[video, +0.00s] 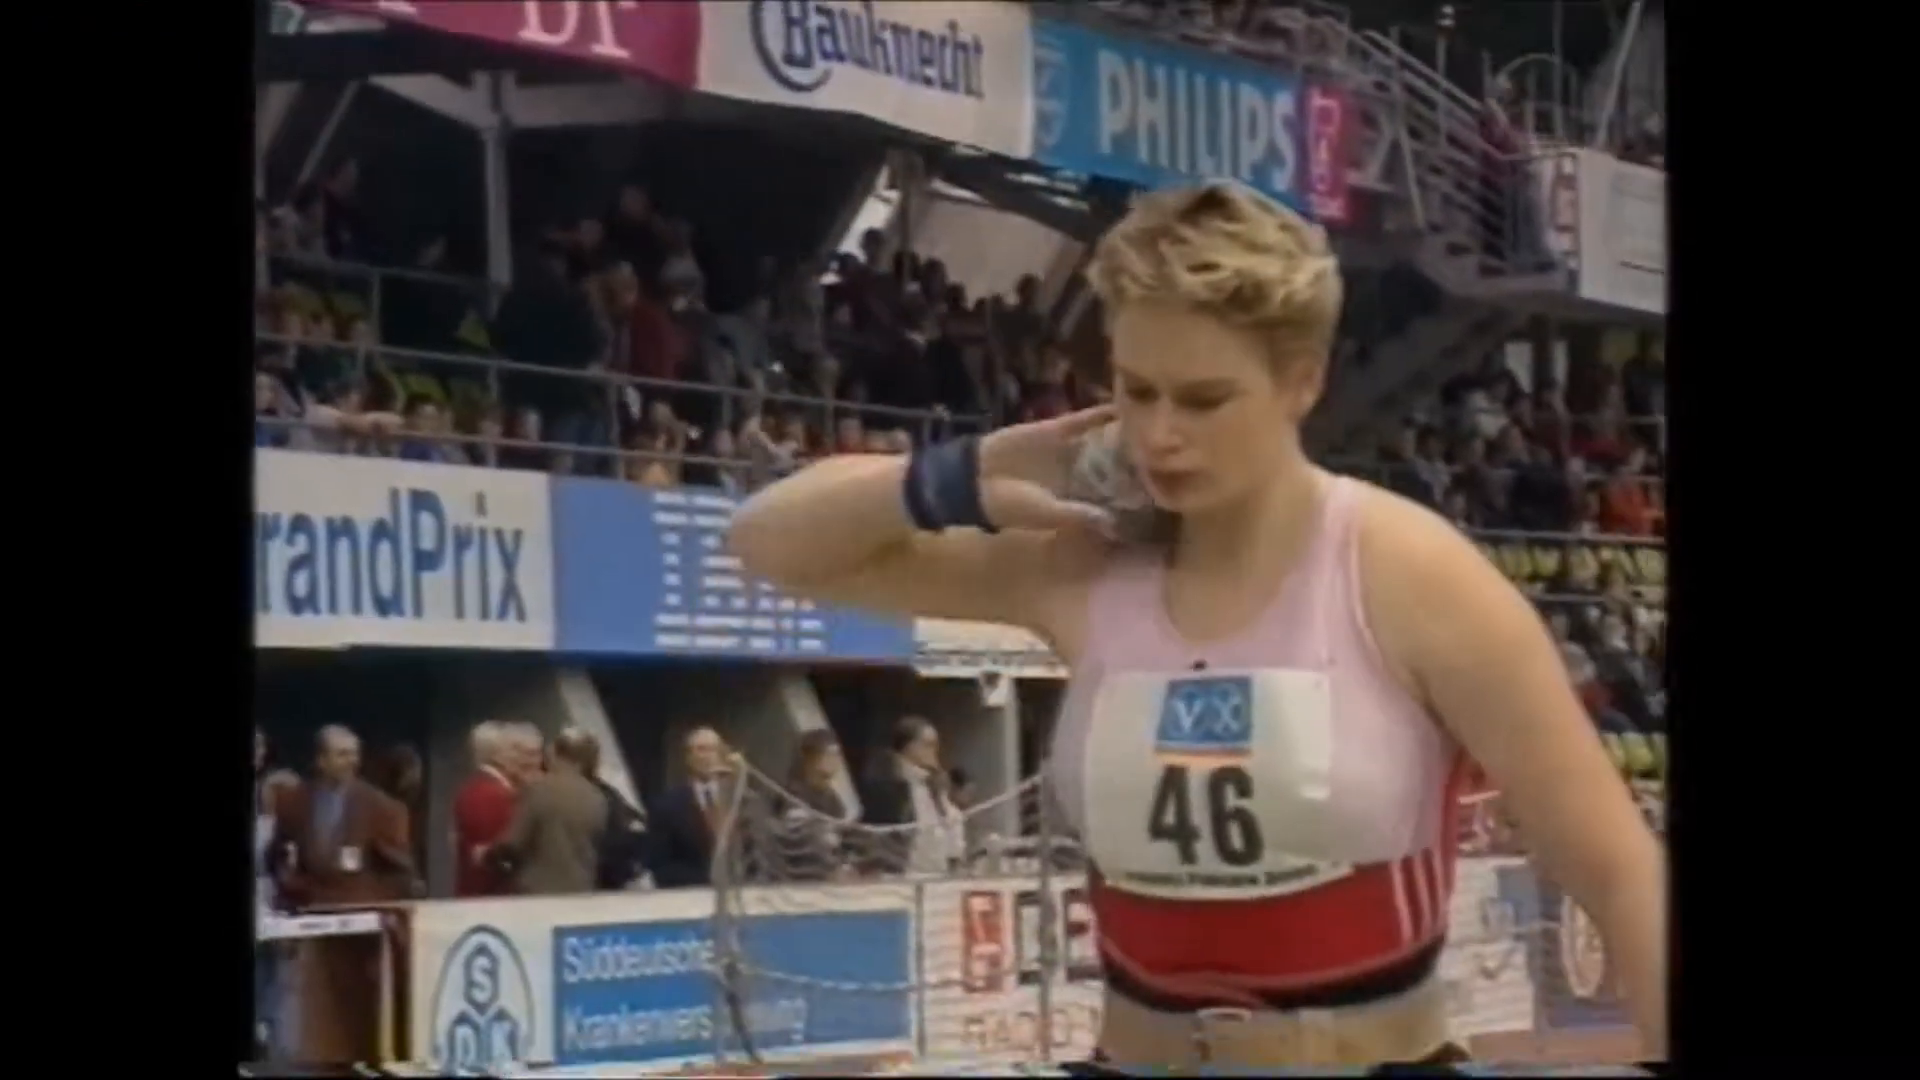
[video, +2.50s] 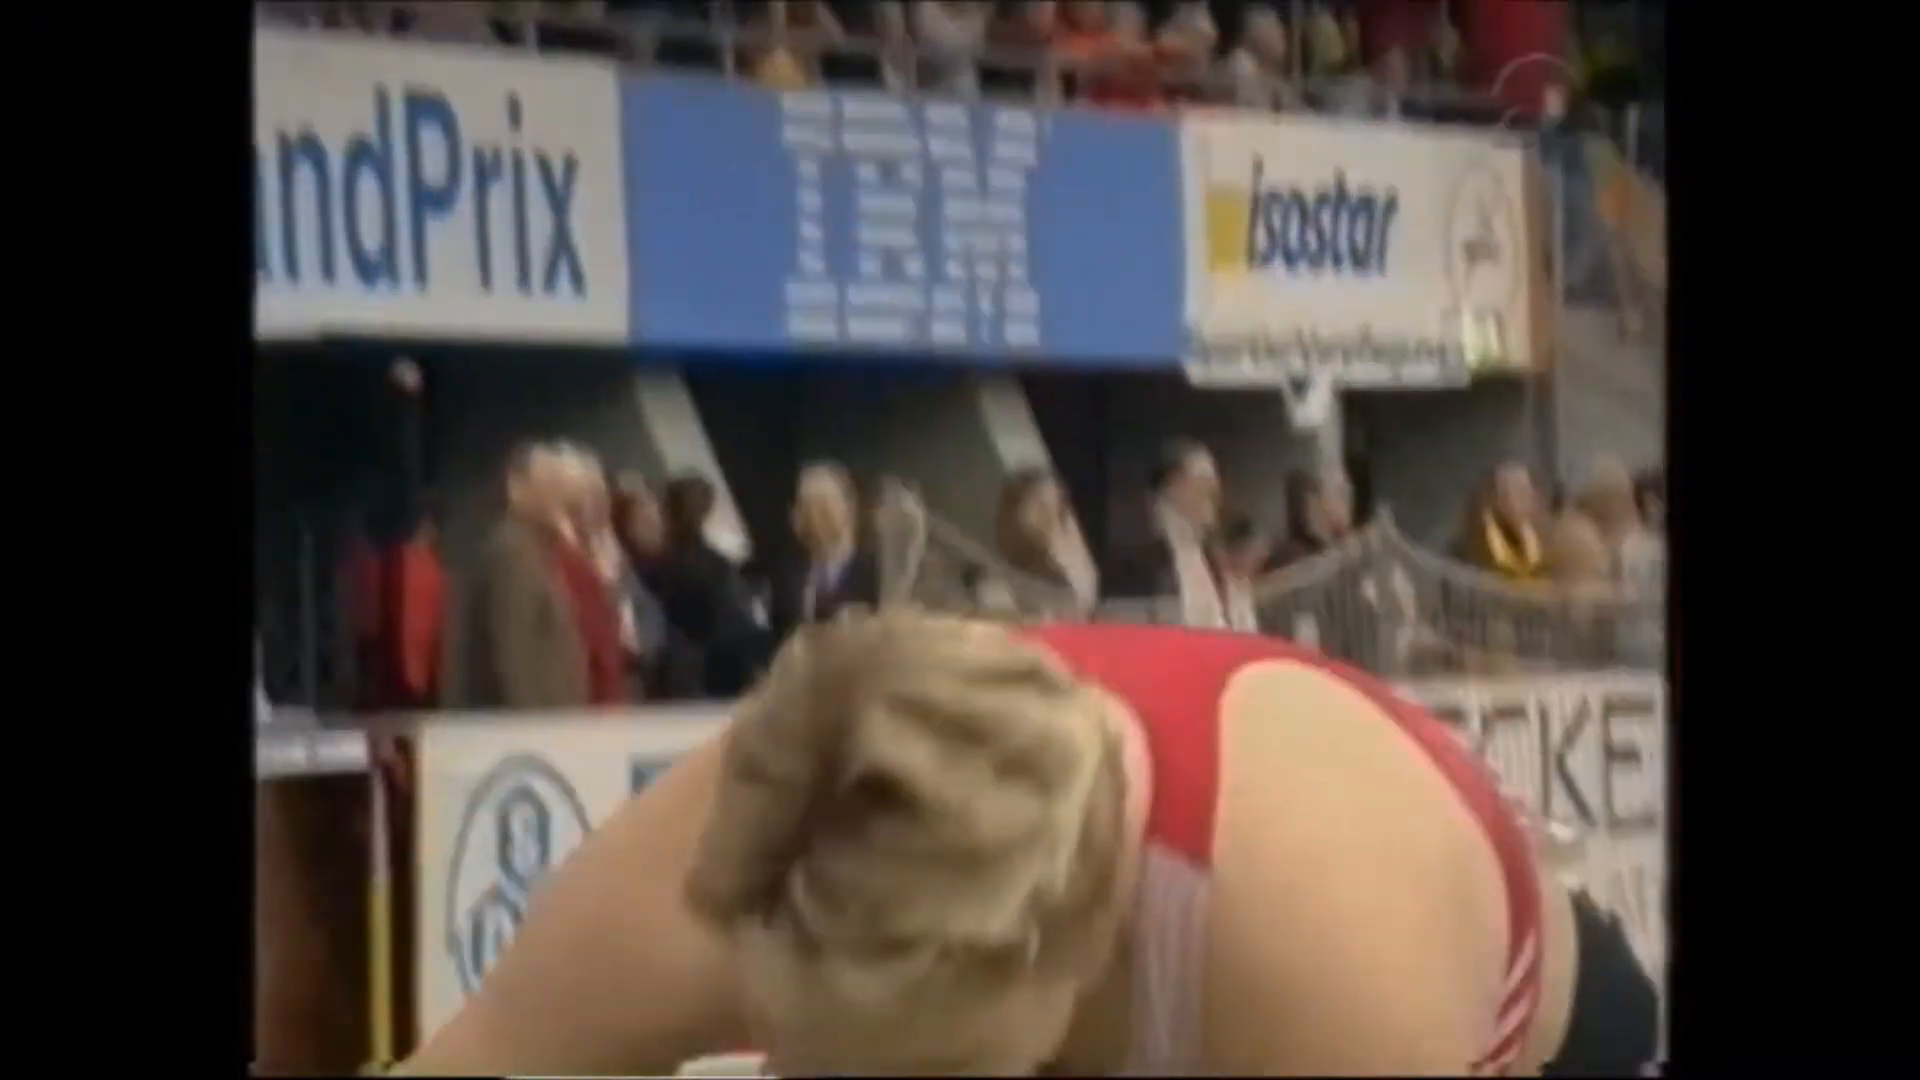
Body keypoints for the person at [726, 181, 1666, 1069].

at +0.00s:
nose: (1159, 438)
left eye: (1204, 399)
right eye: (1136, 393)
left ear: (1301, 381)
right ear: (1108, 379)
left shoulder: (1408, 570)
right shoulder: (1074, 572)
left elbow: (1621, 875)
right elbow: (770, 543)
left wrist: (1657, 1053)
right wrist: (982, 473)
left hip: (1371, 1055)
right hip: (1144, 1056)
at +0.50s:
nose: (1034, 448)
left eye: (1077, 409)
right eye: (1008, 400)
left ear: (1182, 371)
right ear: (986, 368)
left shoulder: (1287, 537)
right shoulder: (962, 545)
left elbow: (1463, 847)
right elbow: (606, 583)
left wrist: (1474, 1064)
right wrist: (861, 546)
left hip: (1276, 1059)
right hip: (1034, 1057)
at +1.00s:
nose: (717, 554)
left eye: (765, 508)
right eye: (677, 502)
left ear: (874, 426)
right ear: (641, 448)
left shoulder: (1024, 544)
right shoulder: (633, 548)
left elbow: (1241, 947)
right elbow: (273, 747)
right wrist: (556, 687)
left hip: (1104, 1042)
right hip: (855, 1049)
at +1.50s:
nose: (680, 764)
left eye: (716, 718)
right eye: (632, 721)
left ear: (828, 602)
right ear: (577, 637)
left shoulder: (1047, 647)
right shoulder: (568, 646)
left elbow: (1246, 1052)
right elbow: (256, 893)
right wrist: (514, 863)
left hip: (1153, 1036)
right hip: (861, 1043)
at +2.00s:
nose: (811, 276)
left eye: (873, 215)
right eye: (758, 216)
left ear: (1011, 94)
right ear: (703, 139)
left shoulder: (1210, 225)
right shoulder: (662, 249)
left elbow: (1335, 822)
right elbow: (263, 465)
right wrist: (584, 430)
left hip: (1268, 1004)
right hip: (914, 1028)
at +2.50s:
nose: (889, 1071)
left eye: (953, 1048)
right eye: (833, 1046)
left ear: (1067, 956)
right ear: (781, 929)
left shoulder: (1318, 963)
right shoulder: (680, 876)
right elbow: (455, 1058)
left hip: (1511, 957)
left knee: (1620, 1028)